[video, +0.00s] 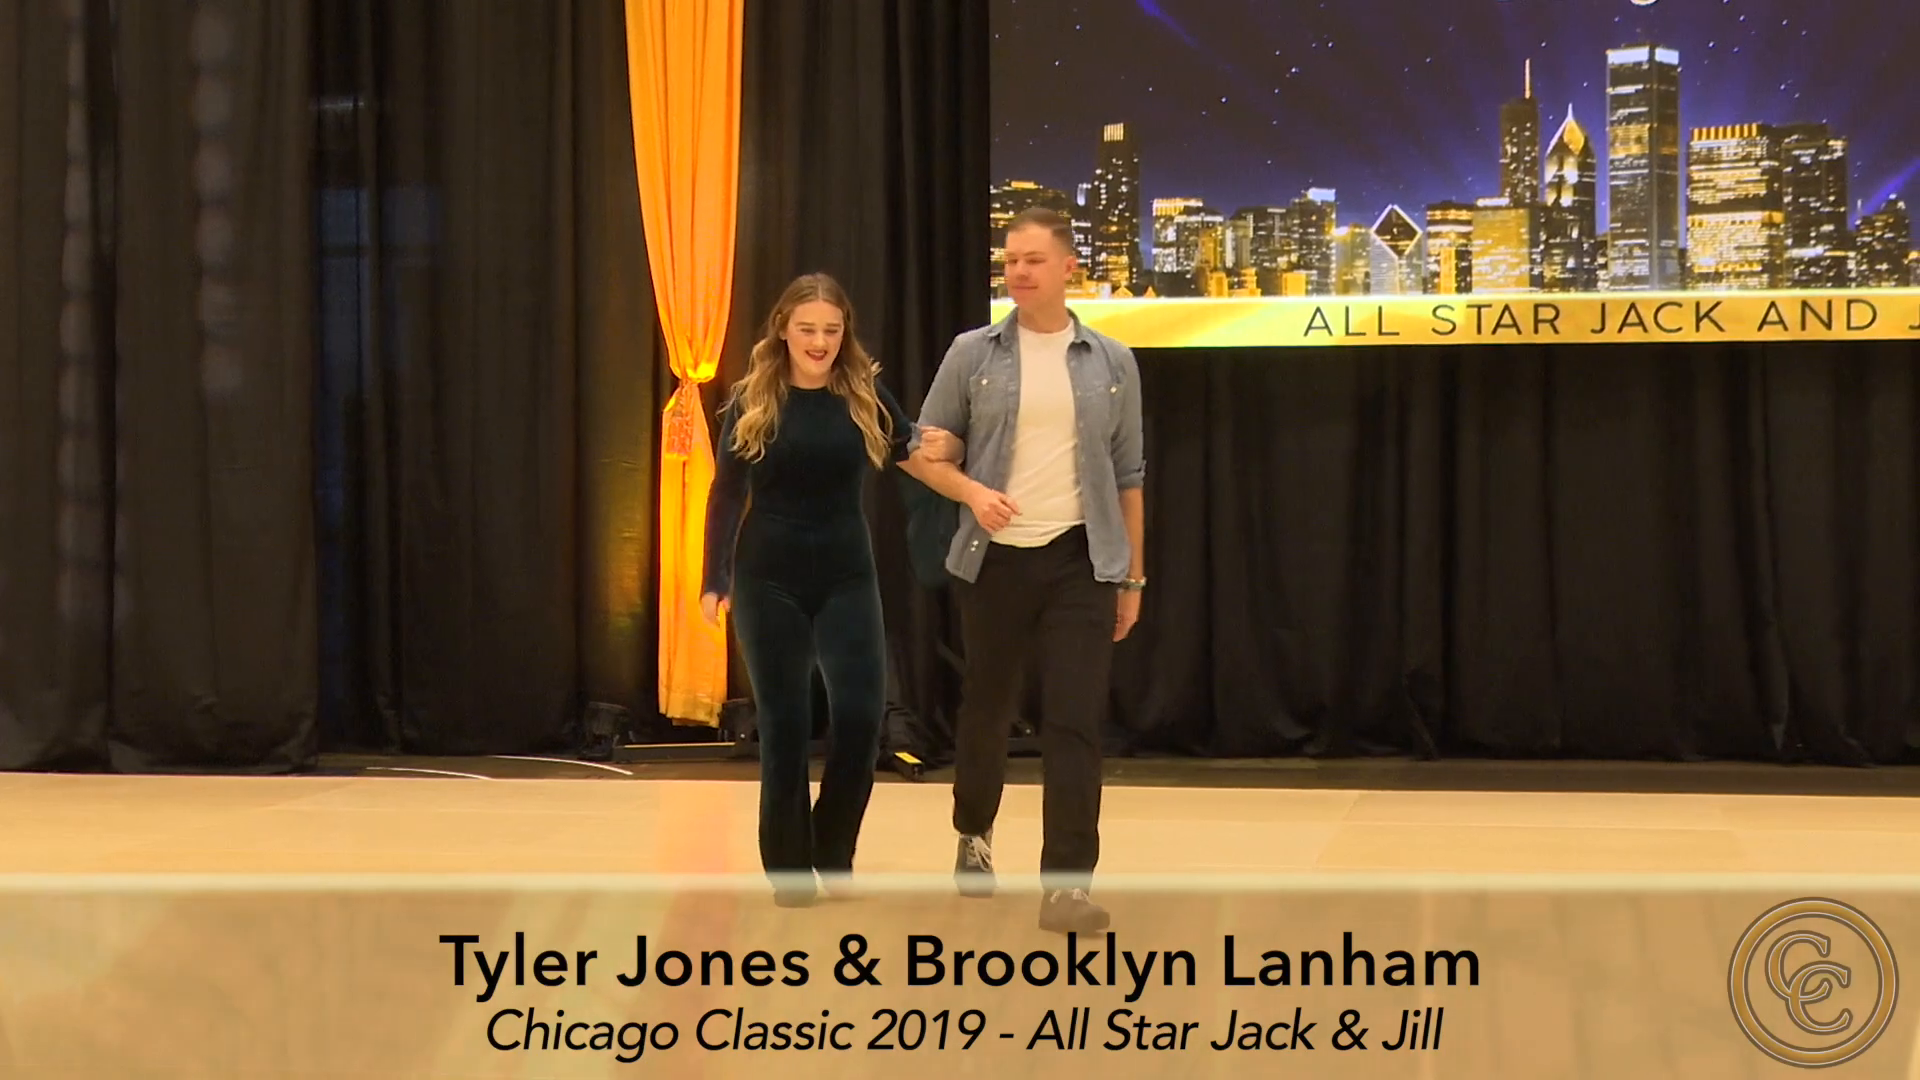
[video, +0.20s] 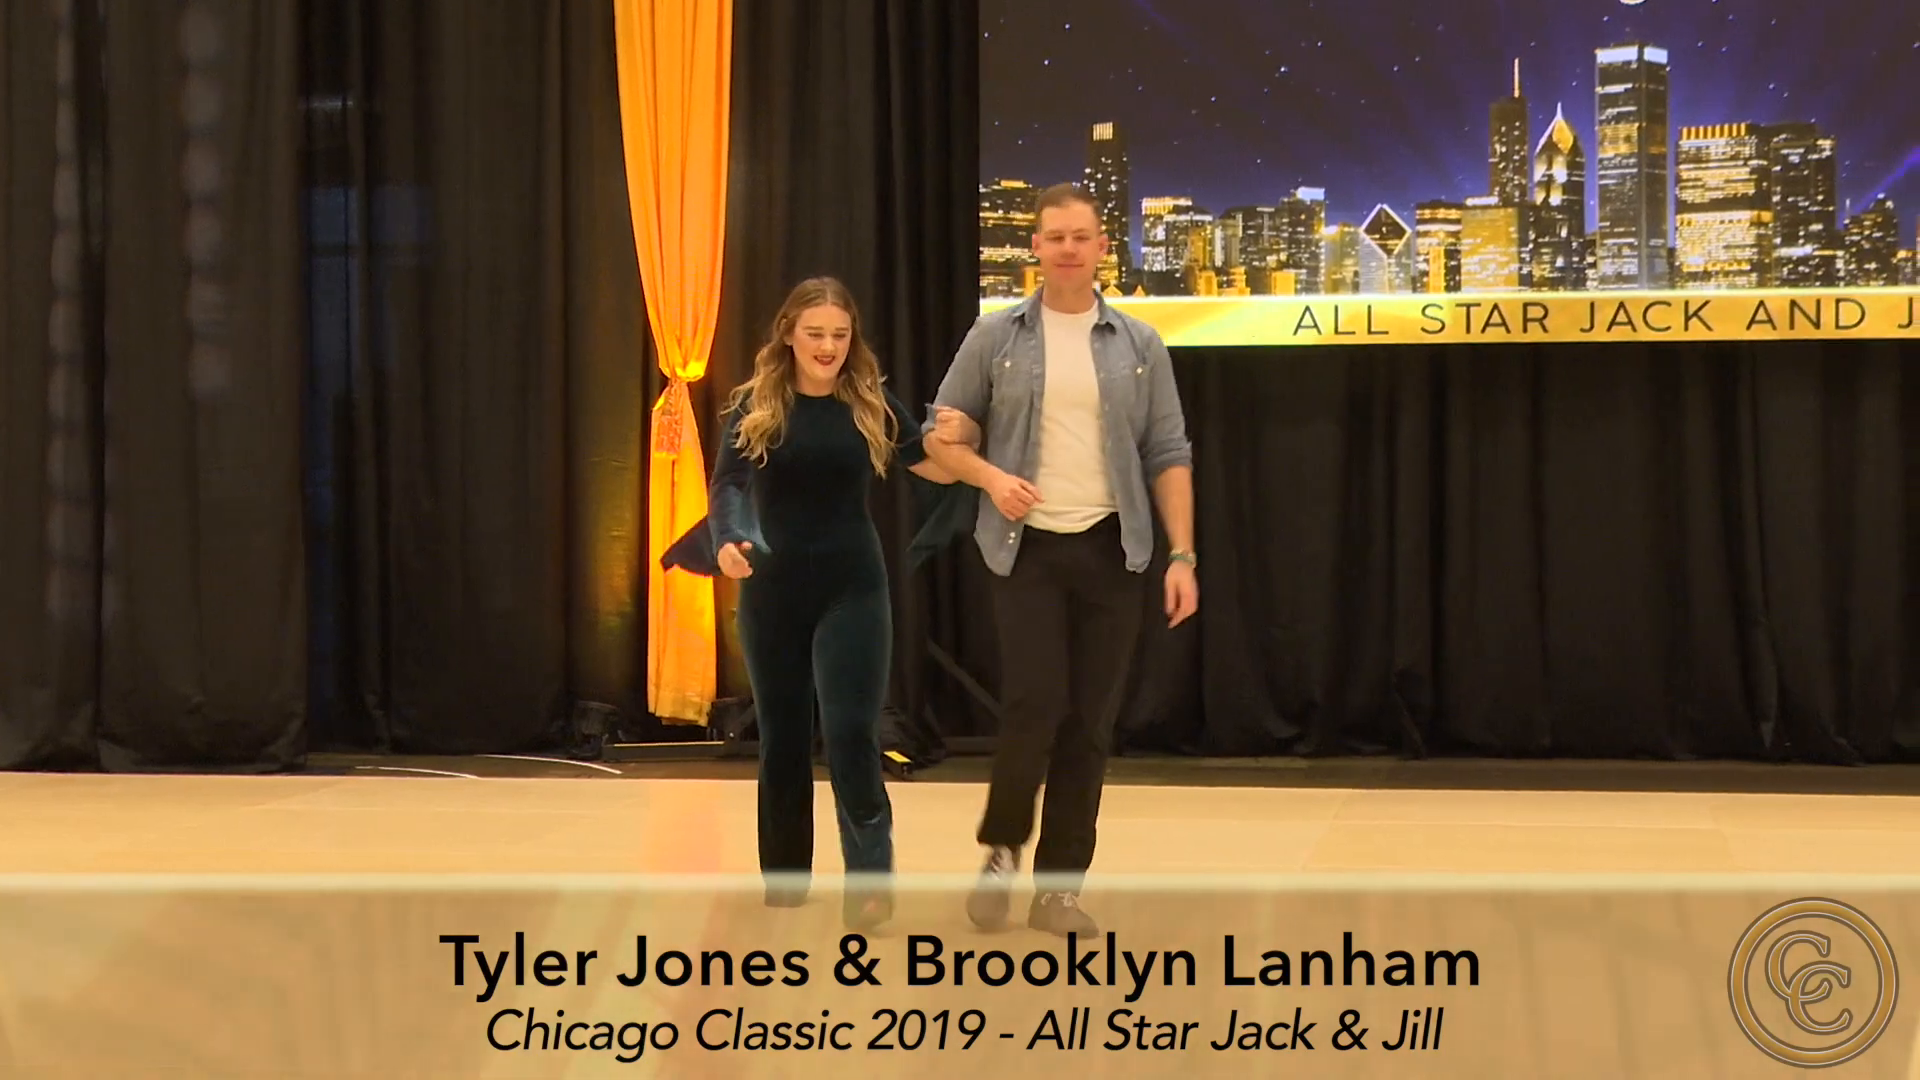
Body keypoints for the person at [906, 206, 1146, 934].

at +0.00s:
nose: (1016, 272)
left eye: (1031, 260)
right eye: (1010, 261)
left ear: (1069, 268)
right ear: (1004, 269)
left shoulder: (1114, 360)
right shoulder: (972, 352)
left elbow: (1129, 478)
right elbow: (922, 455)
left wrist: (1131, 577)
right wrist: (970, 491)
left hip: (1084, 558)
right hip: (997, 559)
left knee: (1075, 723)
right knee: (990, 709)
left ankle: (1069, 886)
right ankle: (973, 838)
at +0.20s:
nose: (1066, 248)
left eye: (1079, 236)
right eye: (1054, 237)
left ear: (1102, 247)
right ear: (1034, 247)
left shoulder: (1140, 342)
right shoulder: (995, 334)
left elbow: (1169, 453)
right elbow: (939, 441)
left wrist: (1181, 555)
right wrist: (989, 476)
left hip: (1115, 548)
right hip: (1024, 546)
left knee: (1090, 725)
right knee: (1034, 704)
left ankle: (1061, 887)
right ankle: (1001, 855)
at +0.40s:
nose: (1095, 250)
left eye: (1104, 237)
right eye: (1078, 239)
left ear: (1119, 245)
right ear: (1050, 251)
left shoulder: (1162, 343)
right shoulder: (1013, 343)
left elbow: (1201, 436)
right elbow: (946, 449)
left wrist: (1217, 496)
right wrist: (1000, 487)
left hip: (1136, 560)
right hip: (1047, 556)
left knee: (1089, 724)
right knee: (1075, 723)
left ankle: (1034, 883)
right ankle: (1120, 898)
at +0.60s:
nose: (1117, 234)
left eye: (1125, 220)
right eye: (1100, 224)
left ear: (1140, 229)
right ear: (1070, 239)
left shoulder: (1184, 329)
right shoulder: (1033, 335)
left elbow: (1221, 436)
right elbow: (961, 438)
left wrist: (1240, 529)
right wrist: (1000, 505)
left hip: (1174, 554)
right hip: (1082, 554)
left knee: (1150, 739)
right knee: (1113, 742)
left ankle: (1061, 833)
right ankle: (1138, 919)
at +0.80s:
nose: (1115, 222)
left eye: (1130, 207)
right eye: (1101, 209)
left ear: (1163, 211)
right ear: (1085, 216)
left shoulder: (1206, 316)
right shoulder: (1054, 310)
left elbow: (1232, 444)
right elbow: (972, 410)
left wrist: (1247, 559)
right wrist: (987, 495)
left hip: (1194, 544)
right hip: (1093, 546)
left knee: (1214, 724)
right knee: (1097, 737)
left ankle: (1186, 908)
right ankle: (1110, 916)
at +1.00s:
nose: (1121, 238)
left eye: (1136, 224)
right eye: (1113, 225)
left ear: (1180, 225)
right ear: (1108, 231)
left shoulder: (1238, 329)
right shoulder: (1080, 320)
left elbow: (1257, 459)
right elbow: (993, 416)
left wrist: (1260, 570)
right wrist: (1013, 478)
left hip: (1208, 558)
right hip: (1102, 558)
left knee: (1234, 744)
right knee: (1091, 743)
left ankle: (1278, 918)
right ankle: (1090, 907)